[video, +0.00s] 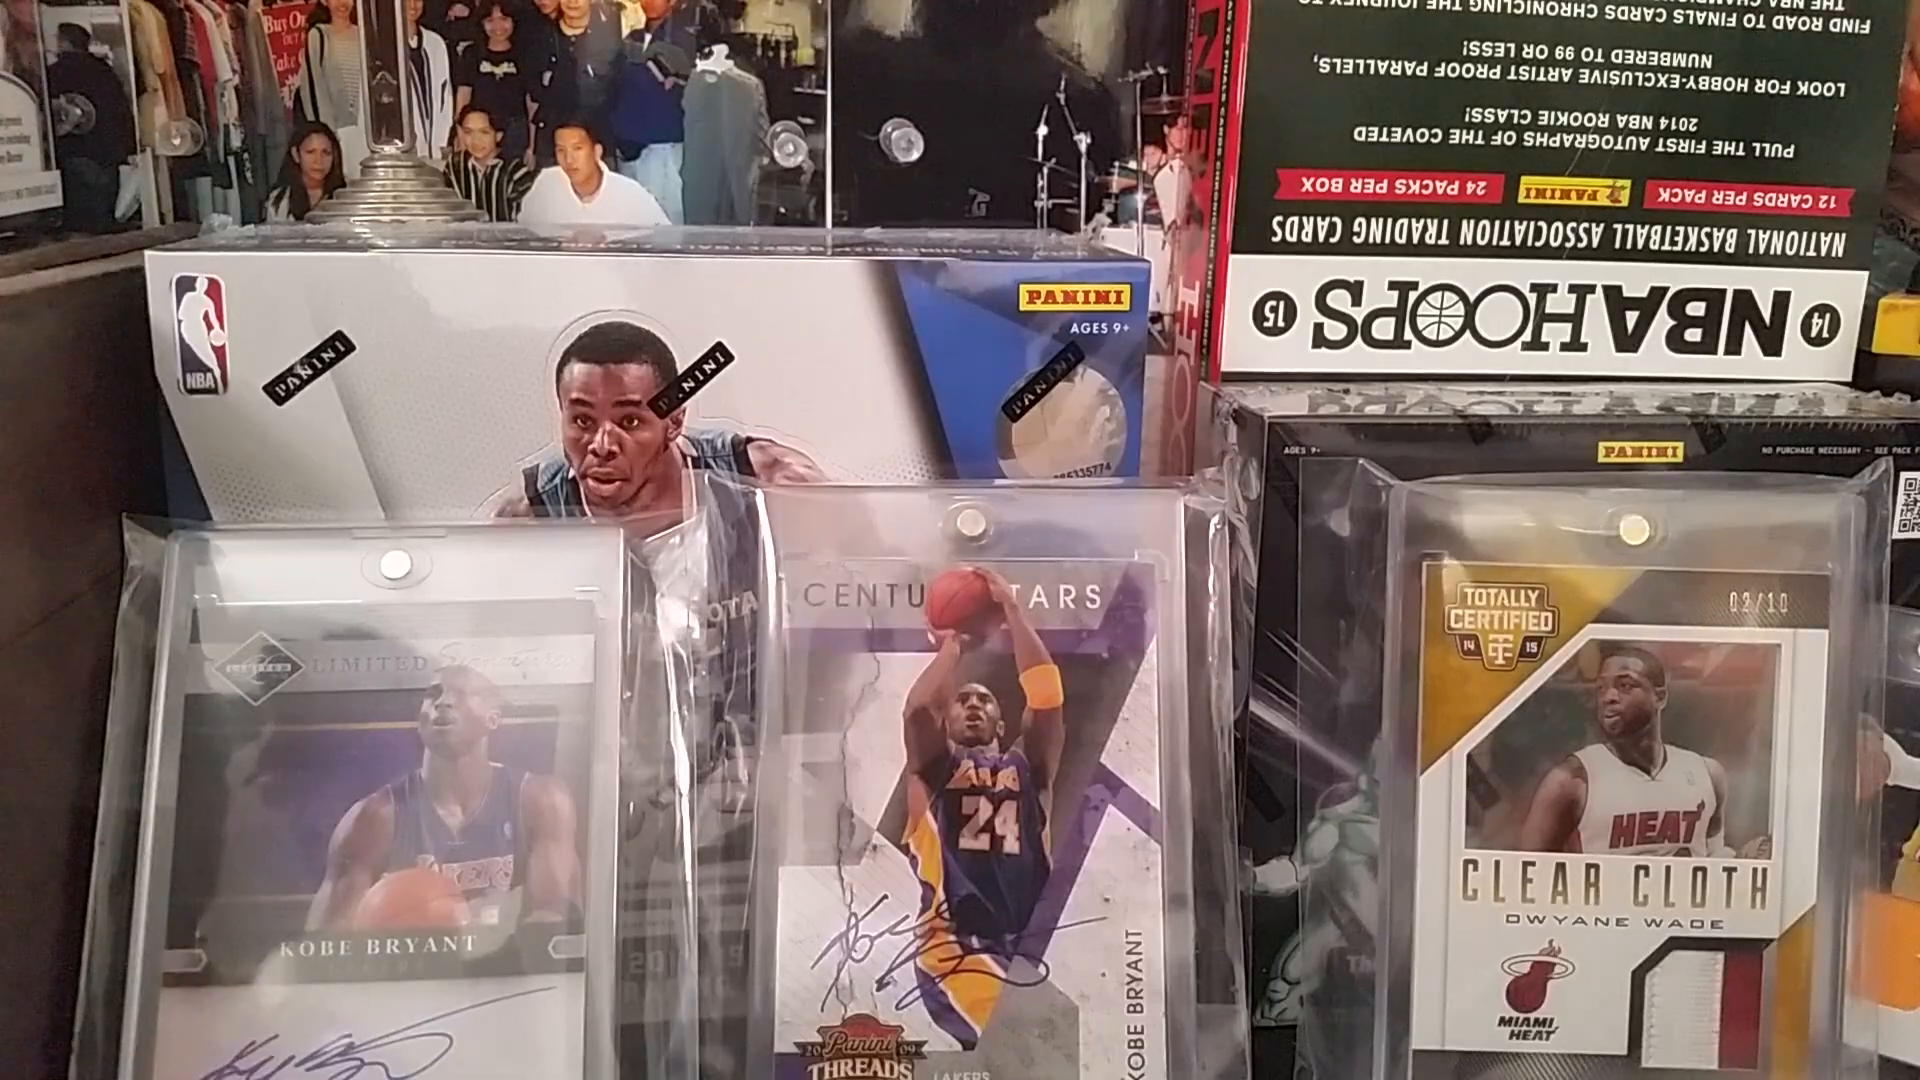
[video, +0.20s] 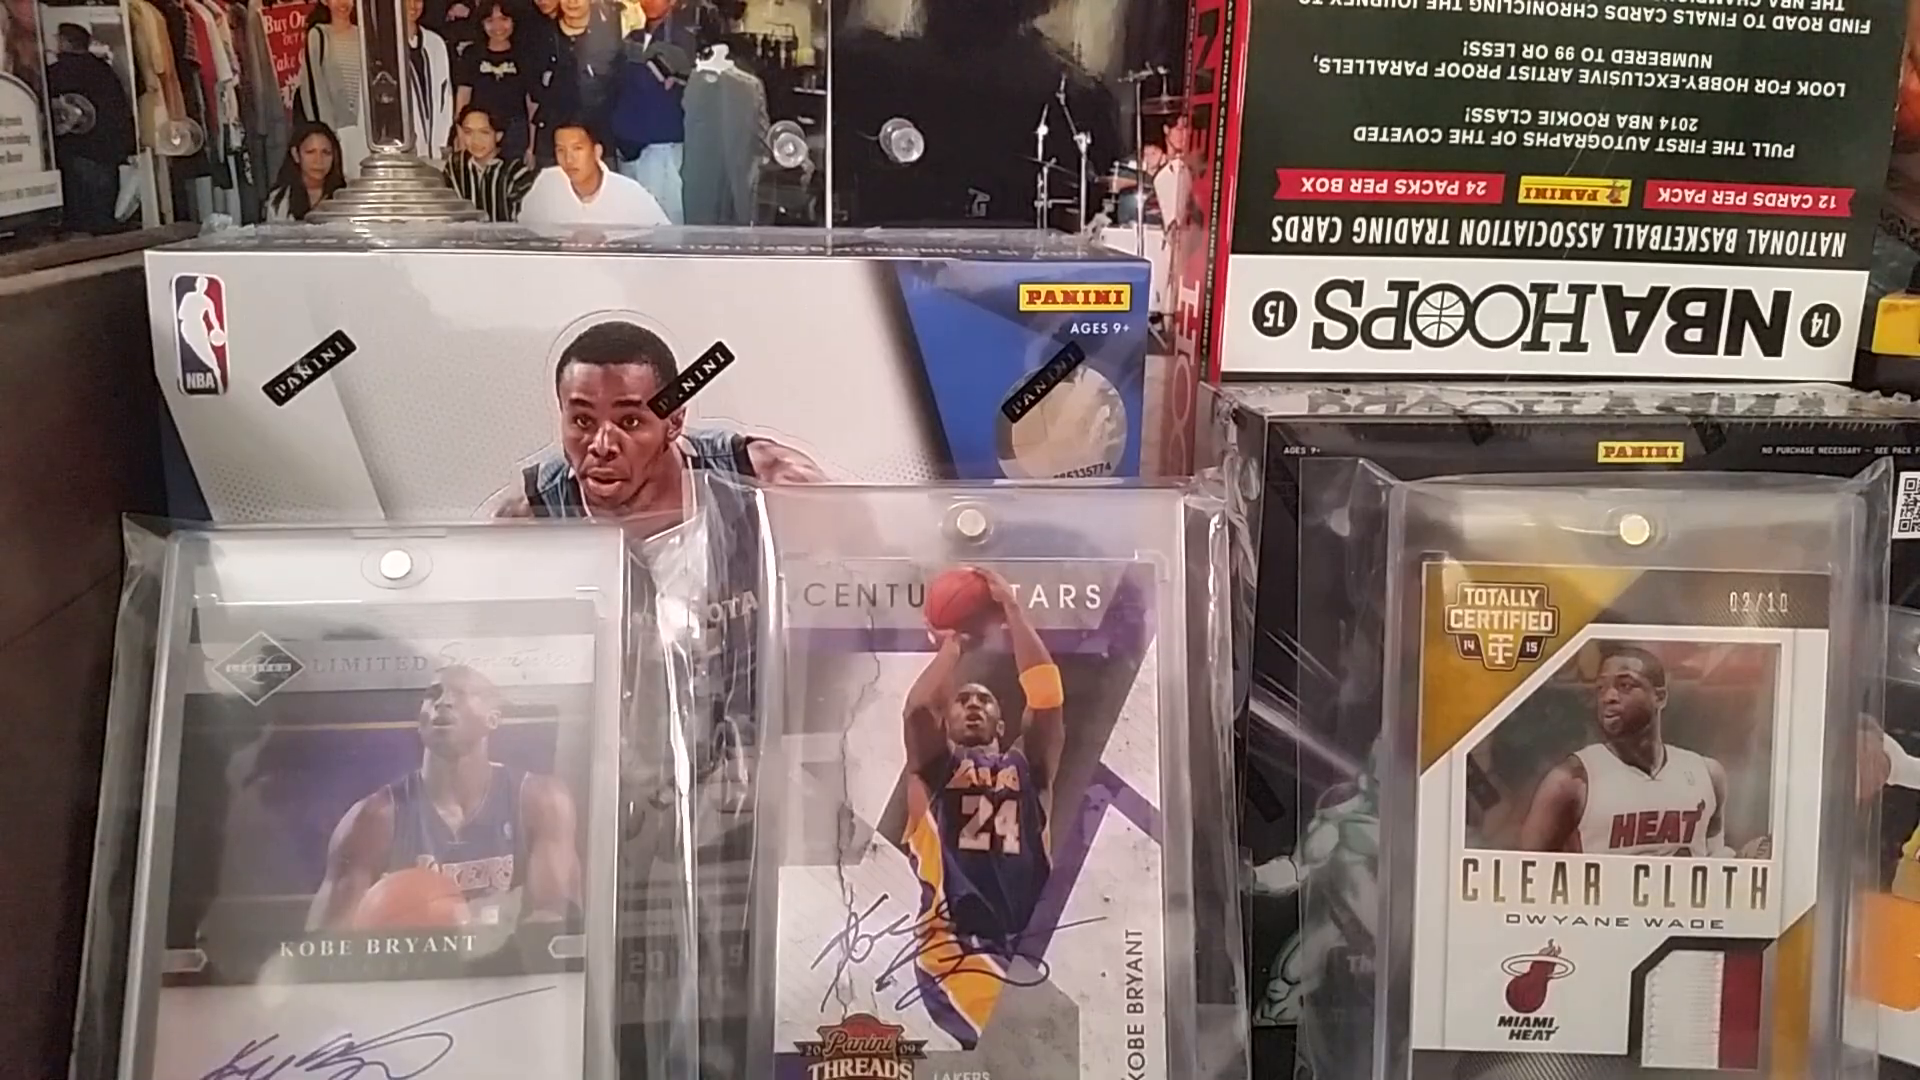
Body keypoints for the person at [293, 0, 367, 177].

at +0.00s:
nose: (342, 4)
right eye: (337, 0)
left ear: (353, 3)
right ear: (325, 3)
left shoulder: (362, 34)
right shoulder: (318, 33)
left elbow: (372, 76)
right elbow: (314, 81)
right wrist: (326, 126)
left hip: (364, 118)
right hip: (333, 122)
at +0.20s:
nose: (343, 4)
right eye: (337, 0)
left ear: (353, 2)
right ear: (326, 2)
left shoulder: (362, 34)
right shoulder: (318, 34)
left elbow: (371, 76)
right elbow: (314, 81)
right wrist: (326, 126)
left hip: (364, 119)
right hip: (333, 122)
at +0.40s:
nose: (343, 4)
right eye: (337, 0)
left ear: (353, 3)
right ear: (326, 2)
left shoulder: (362, 34)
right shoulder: (318, 33)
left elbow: (371, 76)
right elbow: (315, 81)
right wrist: (327, 127)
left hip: (364, 119)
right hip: (334, 122)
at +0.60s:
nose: (343, 4)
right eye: (337, 0)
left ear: (354, 3)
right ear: (326, 3)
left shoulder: (362, 34)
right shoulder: (317, 34)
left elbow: (371, 76)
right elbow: (315, 82)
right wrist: (327, 127)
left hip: (363, 119)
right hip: (333, 122)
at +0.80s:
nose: (343, 4)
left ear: (354, 3)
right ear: (326, 3)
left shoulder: (363, 33)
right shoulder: (319, 33)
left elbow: (372, 75)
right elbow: (315, 81)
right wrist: (326, 126)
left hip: (365, 119)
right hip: (334, 122)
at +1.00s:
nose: (354, 4)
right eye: (348, 0)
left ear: (365, 3)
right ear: (337, 3)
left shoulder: (373, 33)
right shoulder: (329, 33)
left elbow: (381, 76)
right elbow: (327, 79)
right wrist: (337, 124)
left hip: (374, 116)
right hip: (344, 119)